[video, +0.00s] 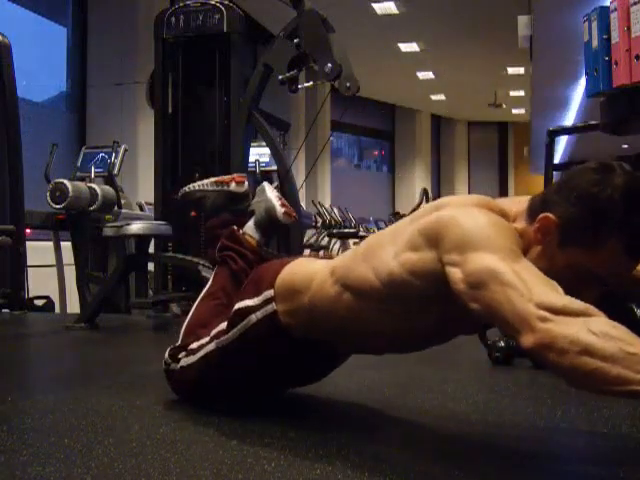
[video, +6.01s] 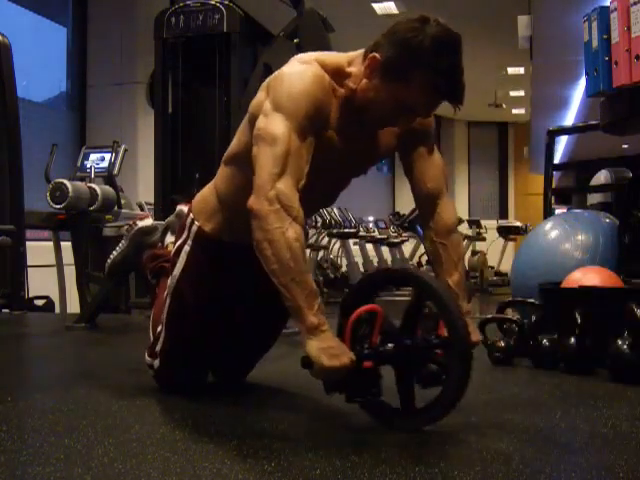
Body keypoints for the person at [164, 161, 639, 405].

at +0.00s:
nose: (576, 287)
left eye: (589, 283)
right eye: (579, 276)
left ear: (546, 226)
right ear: (543, 232)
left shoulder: (523, 228)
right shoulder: (469, 232)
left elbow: (577, 316)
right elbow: (547, 338)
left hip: (331, 326)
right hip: (284, 312)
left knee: (226, 378)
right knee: (184, 371)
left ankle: (264, 253)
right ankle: (231, 246)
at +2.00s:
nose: (527, 264)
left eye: (543, 255)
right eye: (529, 249)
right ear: (494, 204)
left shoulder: (520, 184)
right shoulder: (418, 190)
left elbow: (622, 264)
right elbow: (483, 316)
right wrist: (628, 391)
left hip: (317, 302)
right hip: (261, 282)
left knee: (244, 382)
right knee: (179, 377)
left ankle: (233, 248)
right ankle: (200, 259)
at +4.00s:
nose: (425, 226)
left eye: (438, 221)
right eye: (425, 215)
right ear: (395, 171)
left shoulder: (423, 153)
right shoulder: (329, 150)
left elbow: (503, 231)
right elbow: (344, 266)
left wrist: (577, 314)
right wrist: (452, 361)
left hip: (274, 258)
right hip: (209, 246)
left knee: (225, 375)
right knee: (177, 375)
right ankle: (161, 252)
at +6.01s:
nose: (406, 125)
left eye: (419, 116)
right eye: (403, 110)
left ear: (431, 101)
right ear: (370, 71)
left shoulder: (412, 109)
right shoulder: (301, 85)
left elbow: (437, 210)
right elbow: (271, 207)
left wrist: (457, 310)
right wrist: (317, 331)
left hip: (274, 259)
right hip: (213, 246)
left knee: (227, 376)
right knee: (175, 378)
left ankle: (175, 265)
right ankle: (158, 260)